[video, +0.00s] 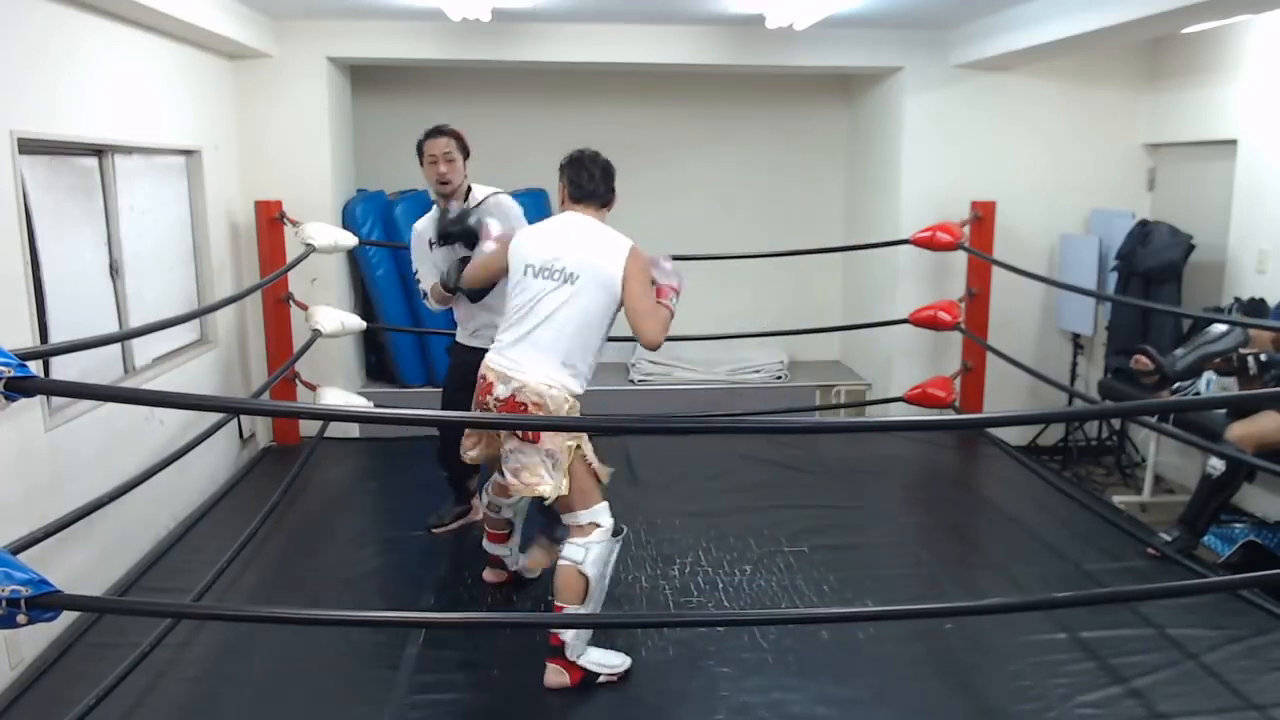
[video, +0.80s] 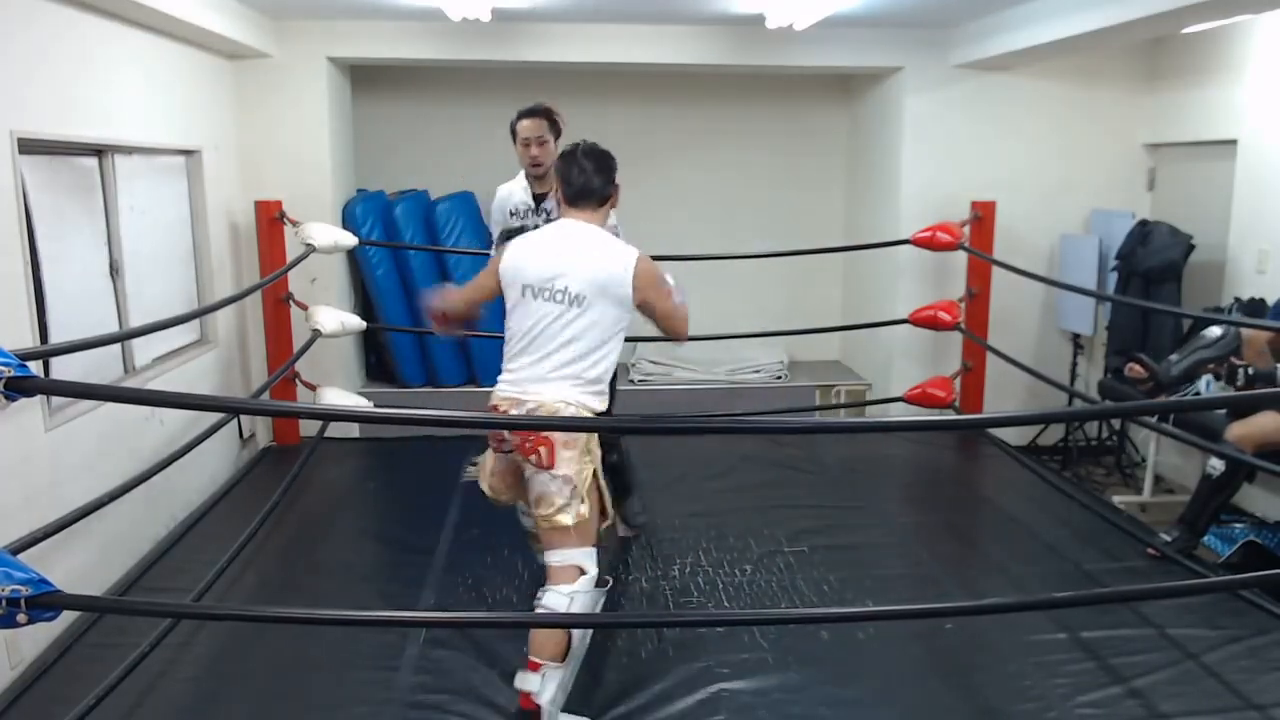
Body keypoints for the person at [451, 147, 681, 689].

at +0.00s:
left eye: (560, 189)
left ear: (561, 193)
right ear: (612, 199)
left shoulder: (527, 237)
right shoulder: (624, 253)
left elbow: (470, 279)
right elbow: (652, 335)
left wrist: (497, 253)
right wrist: (667, 298)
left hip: (492, 386)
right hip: (546, 403)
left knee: (506, 471)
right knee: (592, 526)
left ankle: (499, 562)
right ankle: (566, 656)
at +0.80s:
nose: (621, 194)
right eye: (620, 187)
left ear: (557, 191)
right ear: (614, 194)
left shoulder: (518, 249)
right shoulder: (628, 264)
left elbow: (464, 302)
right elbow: (678, 326)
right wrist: (659, 292)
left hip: (508, 409)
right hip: (565, 421)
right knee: (567, 576)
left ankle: (576, 580)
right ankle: (536, 697)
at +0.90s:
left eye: (538, 181)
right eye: (592, 183)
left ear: (537, 189)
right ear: (593, 188)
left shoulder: (506, 248)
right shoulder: (621, 245)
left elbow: (428, 266)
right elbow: (676, 284)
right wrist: (683, 274)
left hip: (527, 409)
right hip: (592, 412)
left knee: (562, 522)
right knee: (619, 544)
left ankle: (592, 606)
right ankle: (582, 644)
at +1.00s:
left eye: (519, 178)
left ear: (518, 187)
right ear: (573, 184)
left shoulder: (498, 253)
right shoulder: (607, 238)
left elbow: (424, 249)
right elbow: (663, 276)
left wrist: (435, 194)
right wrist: (697, 300)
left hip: (542, 405)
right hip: (612, 391)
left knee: (559, 493)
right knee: (655, 452)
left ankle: (590, 581)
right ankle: (671, 517)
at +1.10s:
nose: (579, 186)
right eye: (576, 179)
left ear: (517, 194)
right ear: (571, 188)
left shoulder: (499, 253)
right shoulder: (605, 240)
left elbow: (460, 258)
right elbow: (661, 291)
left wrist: (491, 209)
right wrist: (712, 337)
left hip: (558, 405)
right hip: (616, 379)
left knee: (564, 495)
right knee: (636, 379)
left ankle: (598, 583)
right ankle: (666, 406)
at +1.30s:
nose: (517, 165)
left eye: (518, 159)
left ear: (522, 165)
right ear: (577, 157)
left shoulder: (504, 227)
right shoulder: (611, 209)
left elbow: (492, 292)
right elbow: (673, 269)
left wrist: (535, 272)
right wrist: (714, 314)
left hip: (565, 383)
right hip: (626, 362)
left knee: (572, 482)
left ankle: (598, 576)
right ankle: (612, 441)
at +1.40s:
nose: (522, 164)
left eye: (521, 158)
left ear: (524, 166)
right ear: (579, 159)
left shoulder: (505, 229)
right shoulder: (616, 213)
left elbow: (491, 292)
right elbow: (686, 263)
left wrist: (533, 270)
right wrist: (708, 276)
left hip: (558, 388)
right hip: (619, 374)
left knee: (572, 490)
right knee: (614, 428)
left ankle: (602, 579)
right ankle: (626, 502)